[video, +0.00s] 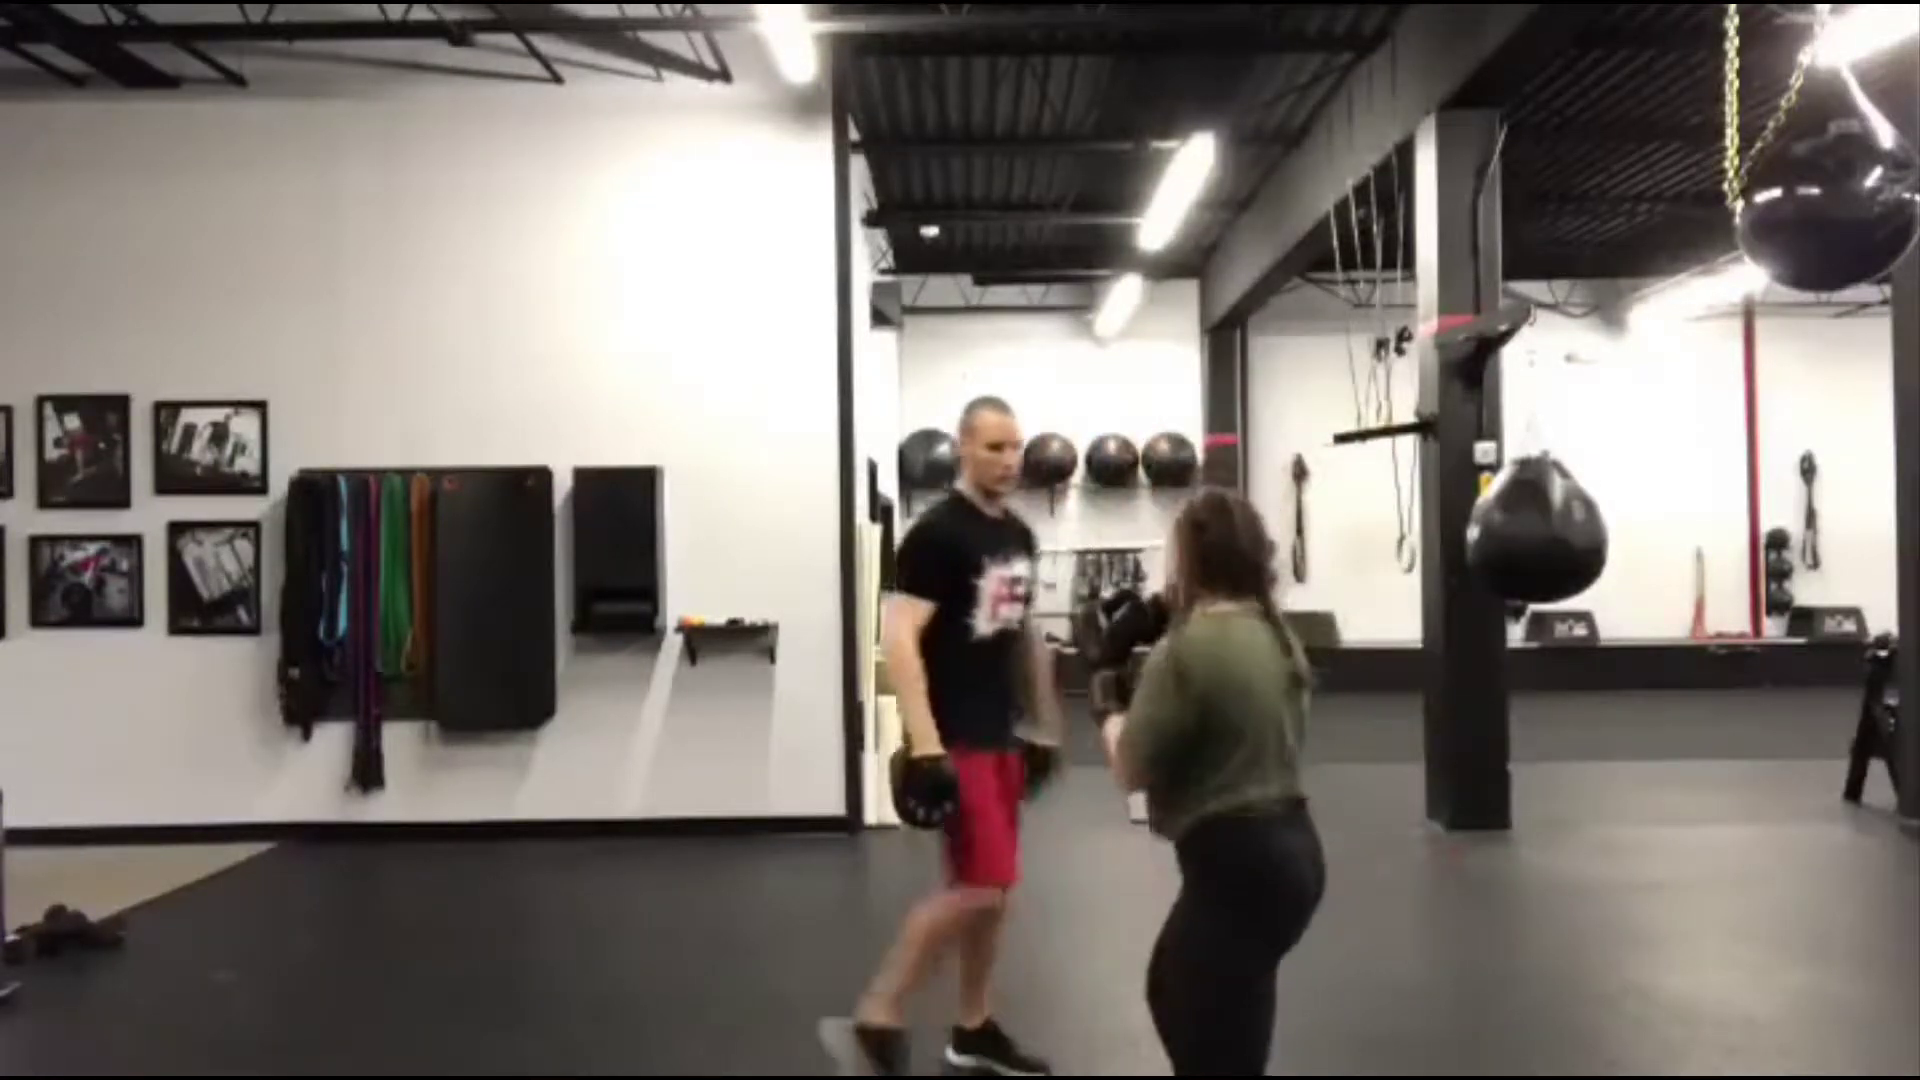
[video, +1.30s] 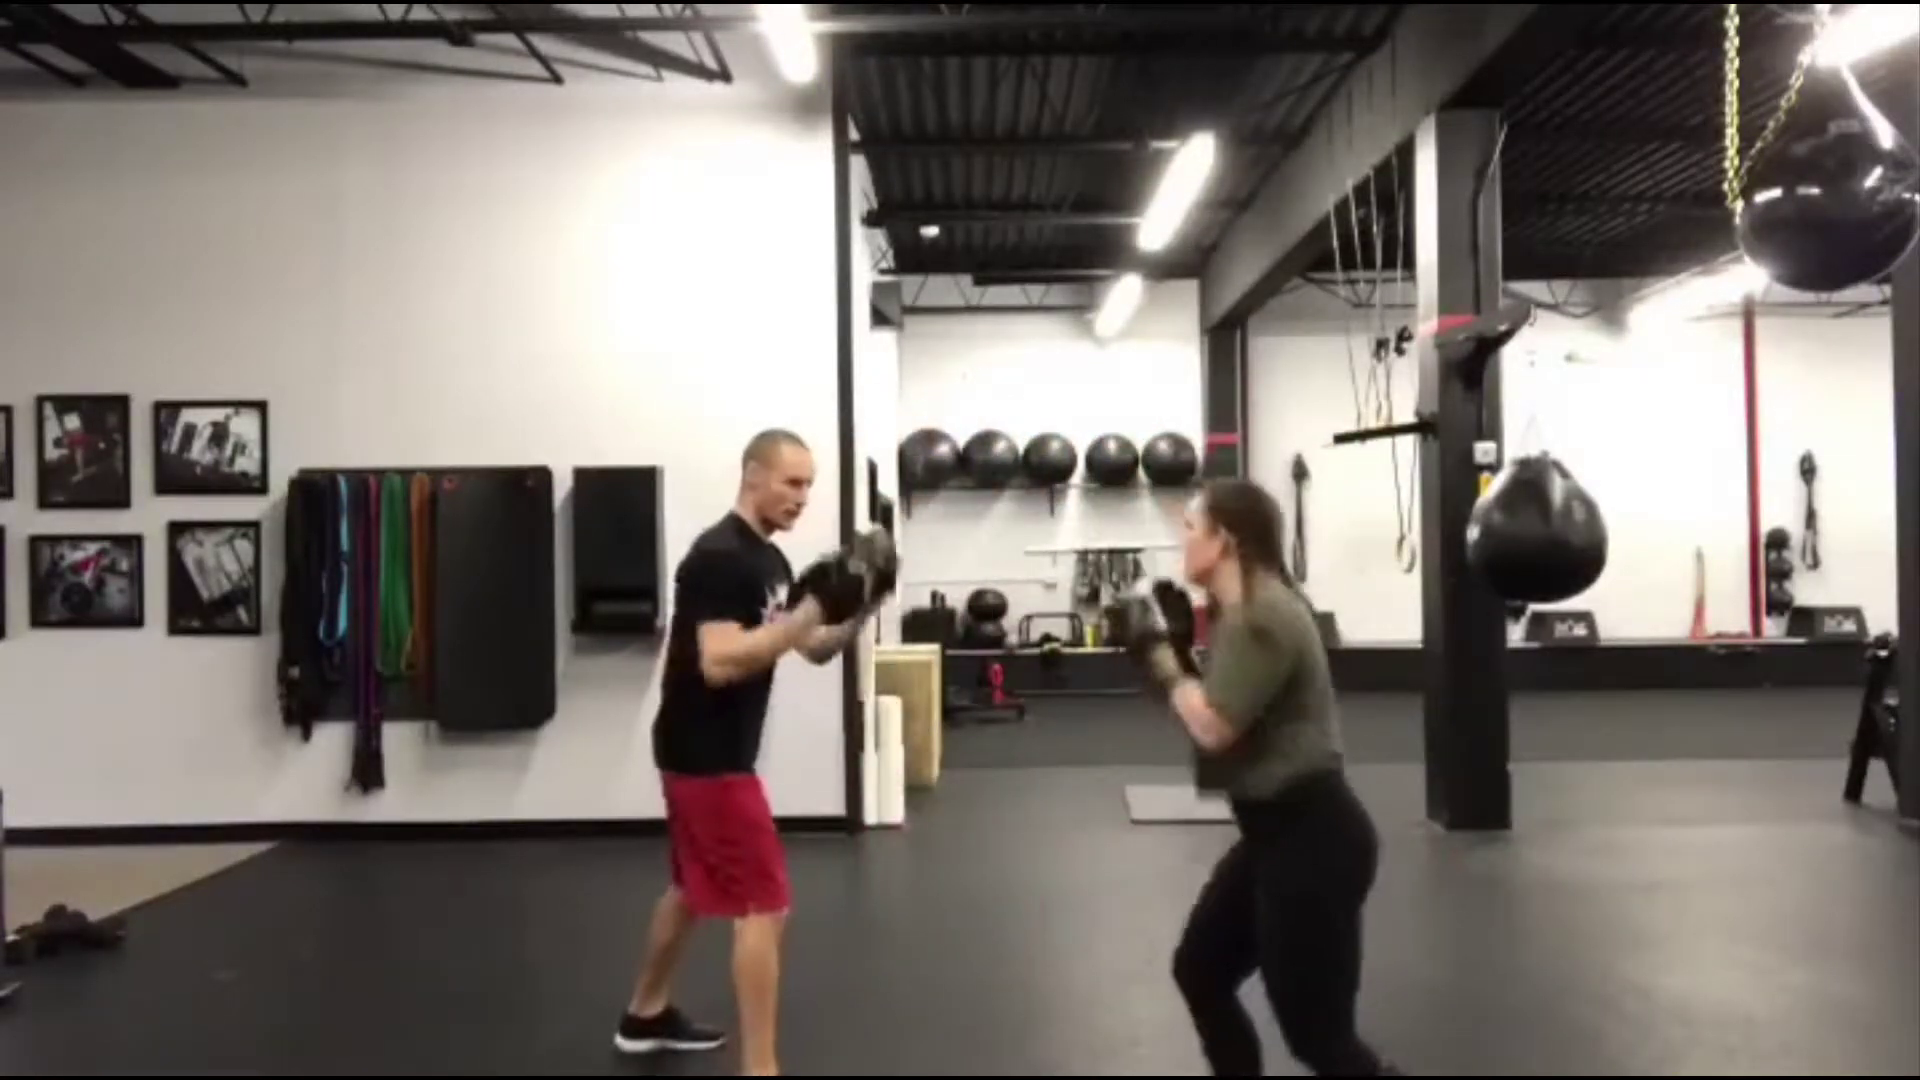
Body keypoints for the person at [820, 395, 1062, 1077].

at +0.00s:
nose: (1009, 461)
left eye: (1016, 448)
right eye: (994, 447)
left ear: (1022, 452)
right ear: (960, 449)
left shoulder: (1015, 537)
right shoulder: (936, 534)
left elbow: (1027, 639)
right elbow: (898, 639)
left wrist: (1044, 727)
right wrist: (924, 748)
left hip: (1003, 736)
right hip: (954, 739)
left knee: (992, 887)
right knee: (979, 886)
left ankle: (974, 1026)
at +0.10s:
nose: (978, 465)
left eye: (983, 453)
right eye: (964, 452)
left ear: (983, 459)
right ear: (927, 454)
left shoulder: (973, 538)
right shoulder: (905, 539)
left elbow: (965, 640)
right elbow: (876, 646)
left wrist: (976, 724)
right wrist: (917, 750)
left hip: (969, 750)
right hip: (916, 752)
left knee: (982, 884)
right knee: (891, 895)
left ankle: (972, 1026)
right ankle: (783, 1043)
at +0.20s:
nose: (946, 471)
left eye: (952, 459)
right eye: (933, 457)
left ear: (952, 465)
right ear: (892, 458)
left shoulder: (934, 543)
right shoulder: (868, 545)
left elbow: (919, 649)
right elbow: (854, 655)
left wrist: (927, 740)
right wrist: (912, 756)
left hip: (923, 756)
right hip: (859, 762)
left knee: (957, 884)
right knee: (815, 906)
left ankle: (969, 1027)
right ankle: (761, 1055)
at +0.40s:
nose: (884, 469)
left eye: (889, 457)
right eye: (872, 456)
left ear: (890, 461)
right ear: (833, 455)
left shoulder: (875, 537)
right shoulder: (801, 542)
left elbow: (873, 648)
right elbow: (800, 660)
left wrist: (902, 732)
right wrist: (881, 741)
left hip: (850, 755)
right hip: (789, 761)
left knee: (872, 878)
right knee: (771, 915)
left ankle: (865, 1012)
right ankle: (751, 1060)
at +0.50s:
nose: (858, 470)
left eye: (863, 458)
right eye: (845, 457)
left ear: (862, 464)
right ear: (806, 459)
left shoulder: (855, 546)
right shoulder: (772, 545)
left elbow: (857, 651)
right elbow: (766, 660)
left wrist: (890, 722)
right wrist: (857, 727)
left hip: (829, 755)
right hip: (768, 759)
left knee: (828, 882)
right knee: (768, 912)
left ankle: (770, 997)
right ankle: (750, 1058)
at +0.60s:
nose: (836, 476)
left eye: (843, 464)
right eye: (823, 463)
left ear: (847, 469)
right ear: (786, 465)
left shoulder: (835, 545)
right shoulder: (753, 549)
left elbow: (845, 640)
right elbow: (730, 657)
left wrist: (867, 695)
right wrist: (822, 714)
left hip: (791, 748)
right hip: (750, 752)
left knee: (760, 885)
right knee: (768, 909)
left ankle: (692, 981)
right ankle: (750, 1061)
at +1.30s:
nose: (801, 499)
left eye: (807, 487)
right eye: (792, 484)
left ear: (800, 488)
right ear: (751, 477)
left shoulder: (770, 561)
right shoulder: (715, 557)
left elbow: (816, 648)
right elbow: (718, 660)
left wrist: (856, 607)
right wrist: (805, 615)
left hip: (713, 759)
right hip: (708, 762)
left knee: (692, 889)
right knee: (764, 906)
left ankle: (645, 1014)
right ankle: (760, 1066)